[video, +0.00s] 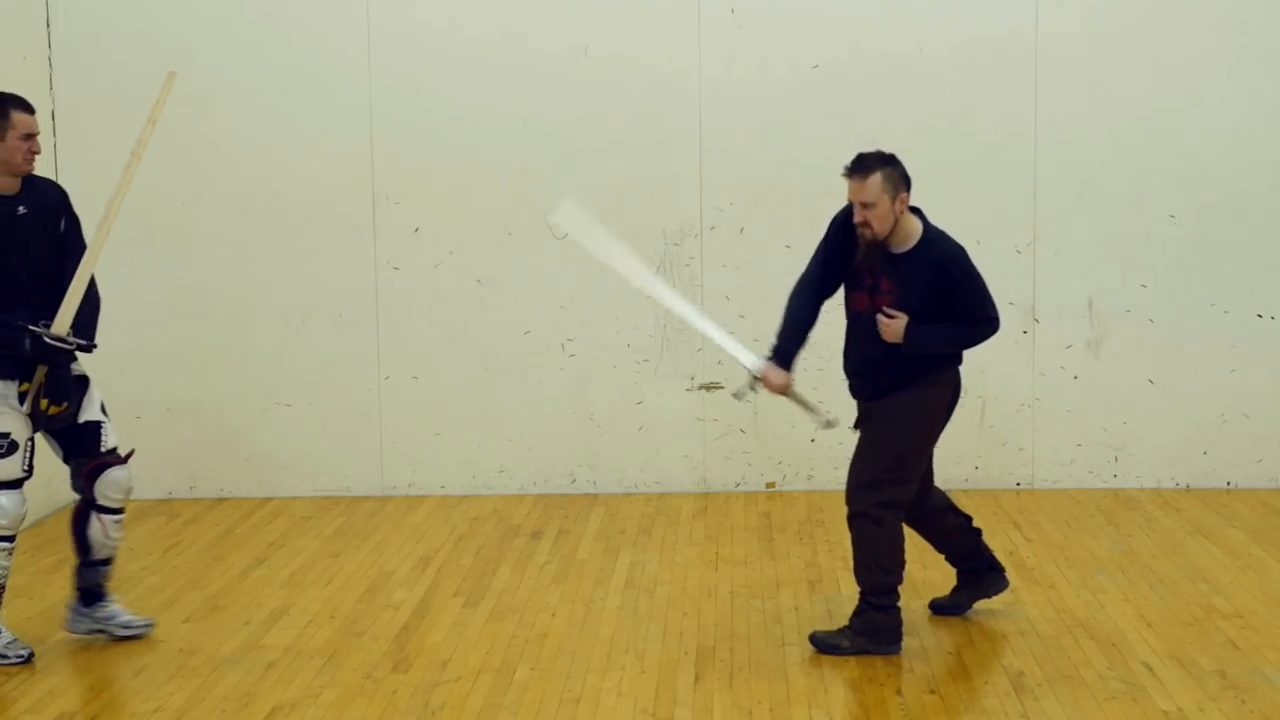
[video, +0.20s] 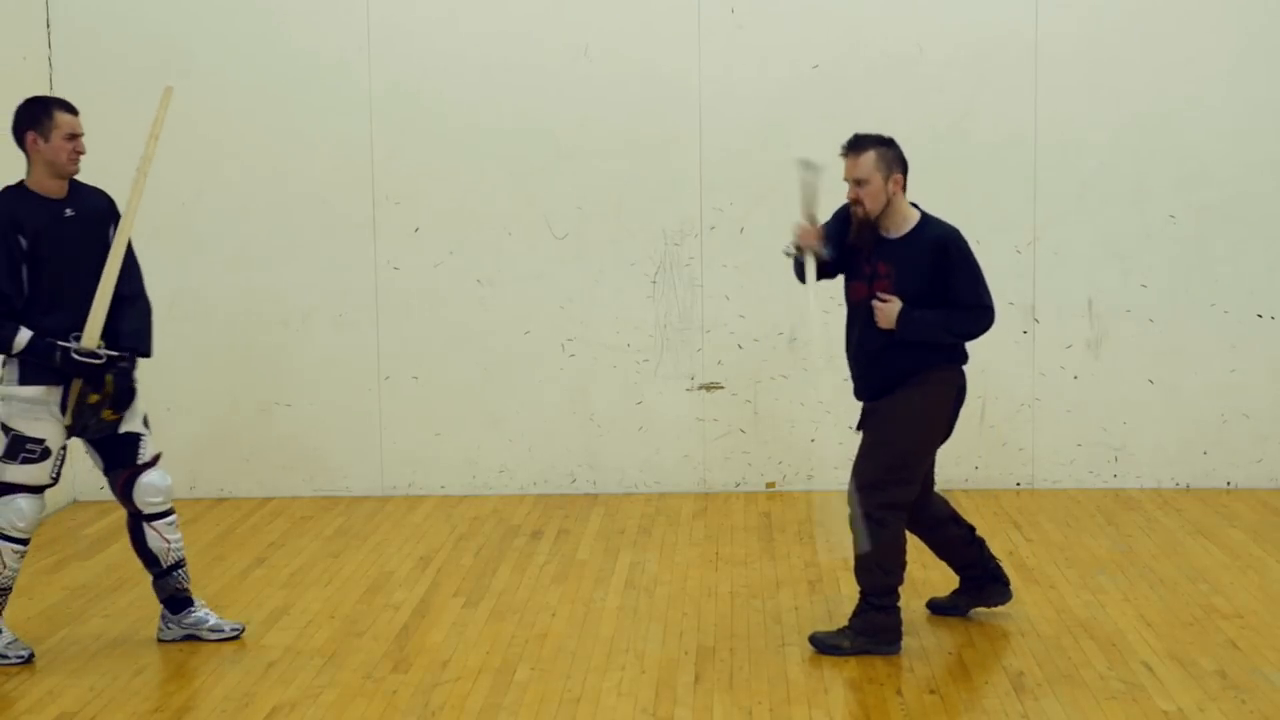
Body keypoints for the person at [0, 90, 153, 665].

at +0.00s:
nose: (35, 147)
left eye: (36, 138)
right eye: (24, 138)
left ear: (34, 142)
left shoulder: (48, 197)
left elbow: (81, 284)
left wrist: (66, 356)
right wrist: (29, 348)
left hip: (53, 365)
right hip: (3, 375)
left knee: (106, 479)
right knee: (7, 504)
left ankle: (90, 604)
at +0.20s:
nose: (80, 148)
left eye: (81, 138)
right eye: (69, 138)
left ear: (76, 143)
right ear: (32, 142)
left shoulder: (98, 206)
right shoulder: (6, 212)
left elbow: (130, 289)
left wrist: (124, 357)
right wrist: (48, 350)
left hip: (101, 375)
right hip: (28, 381)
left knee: (148, 488)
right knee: (19, 508)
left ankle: (179, 611)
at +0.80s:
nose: (108, 145)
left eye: (109, 135)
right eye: (99, 135)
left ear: (85, 138)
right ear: (63, 135)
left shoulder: (107, 207)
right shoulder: (22, 209)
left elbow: (135, 293)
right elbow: (4, 309)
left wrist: (199, 315)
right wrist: (48, 337)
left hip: (120, 373)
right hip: (53, 379)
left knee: (159, 487)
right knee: (37, 502)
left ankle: (180, 611)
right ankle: (16, 622)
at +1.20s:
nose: (130, 148)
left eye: (131, 138)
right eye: (122, 138)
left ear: (101, 142)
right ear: (88, 140)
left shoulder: (125, 208)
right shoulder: (51, 213)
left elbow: (147, 289)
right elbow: (43, 318)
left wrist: (210, 317)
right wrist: (114, 335)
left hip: (140, 373)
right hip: (76, 379)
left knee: (193, 480)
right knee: (51, 501)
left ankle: (191, 610)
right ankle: (17, 622)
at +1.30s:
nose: (160, 151)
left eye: (160, 142)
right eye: (151, 142)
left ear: (129, 145)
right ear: (116, 144)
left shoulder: (149, 211)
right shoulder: (87, 217)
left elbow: (166, 293)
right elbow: (104, 320)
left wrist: (220, 317)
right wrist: (188, 327)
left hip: (158, 375)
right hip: (101, 386)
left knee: (213, 485)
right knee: (76, 500)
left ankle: (198, 614)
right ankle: (20, 621)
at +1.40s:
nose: (199, 152)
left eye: (198, 141)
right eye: (190, 141)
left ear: (159, 145)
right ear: (156, 144)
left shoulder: (162, 206)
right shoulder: (151, 208)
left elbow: (179, 303)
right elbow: (178, 306)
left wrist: (235, 324)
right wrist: (241, 321)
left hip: (194, 381)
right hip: (154, 387)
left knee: (232, 488)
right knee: (151, 508)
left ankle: (200, 615)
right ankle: (49, 603)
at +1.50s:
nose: (238, 150)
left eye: (238, 140)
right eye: (230, 140)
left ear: (194, 143)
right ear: (196, 141)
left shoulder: (166, 194)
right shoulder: (213, 196)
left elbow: (164, 289)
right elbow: (237, 285)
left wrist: (236, 331)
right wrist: (267, 324)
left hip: (182, 372)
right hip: (201, 375)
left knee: (240, 489)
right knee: (239, 497)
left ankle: (200, 614)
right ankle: (137, 590)